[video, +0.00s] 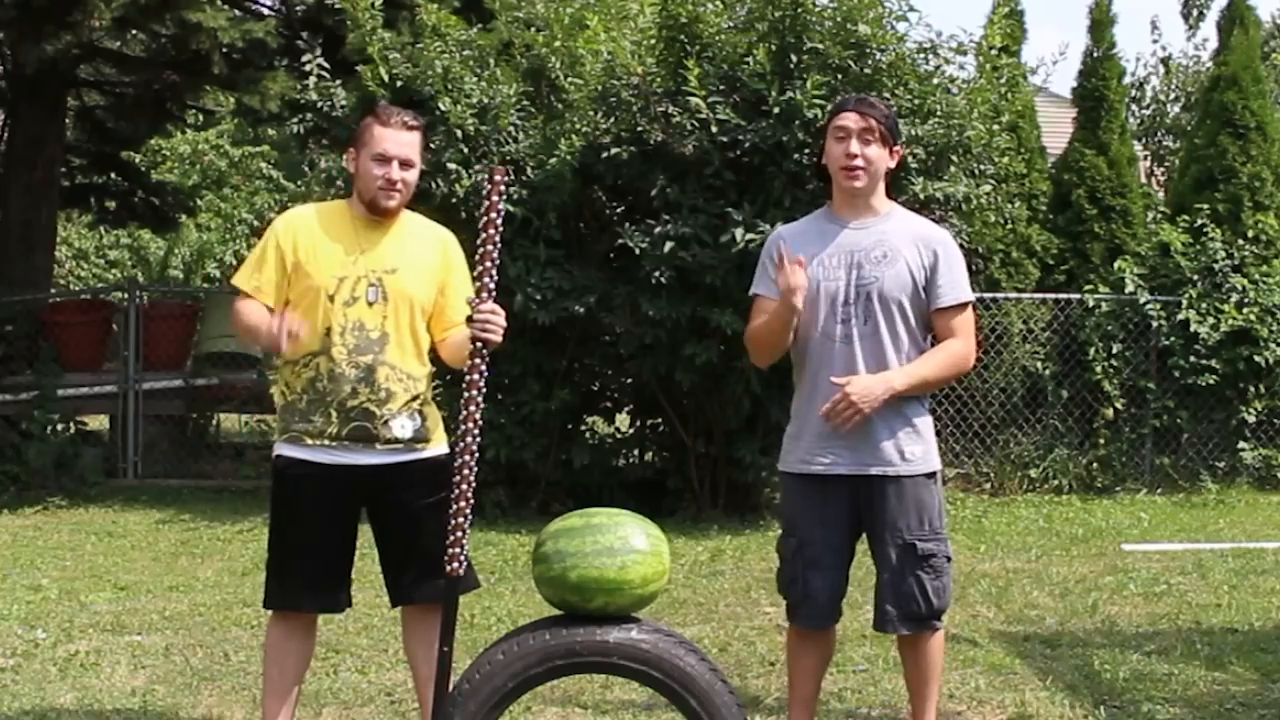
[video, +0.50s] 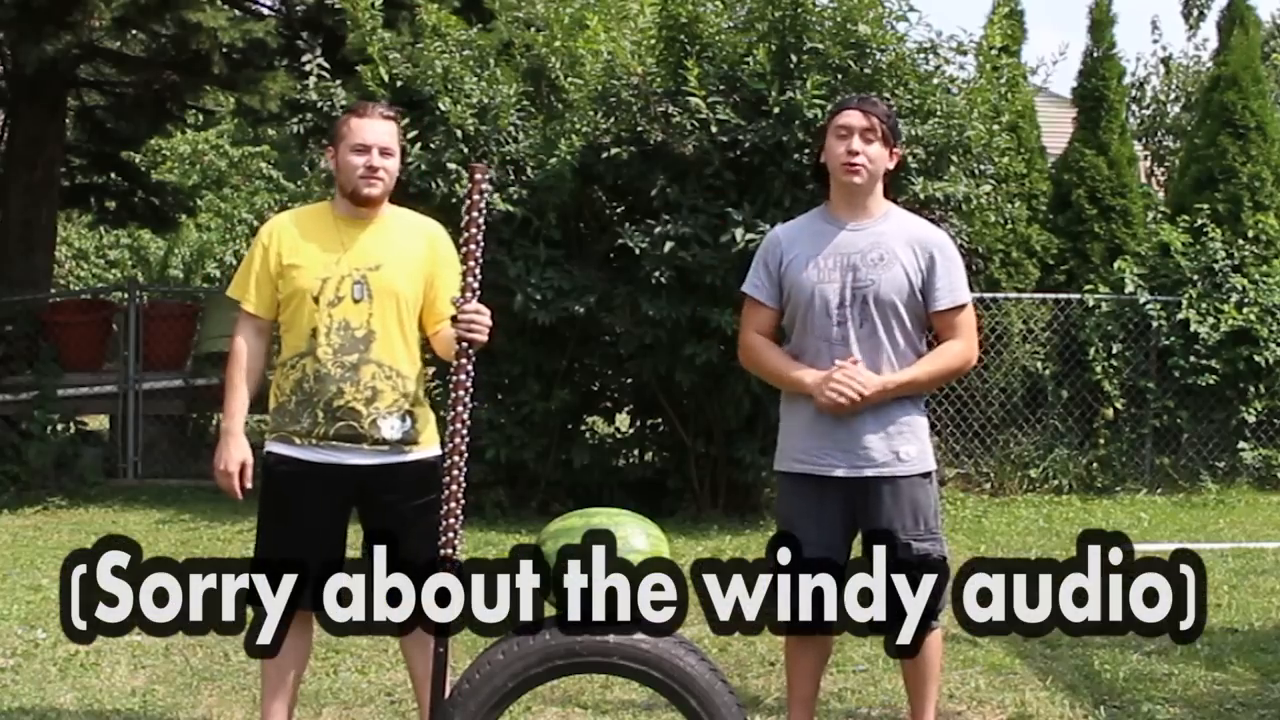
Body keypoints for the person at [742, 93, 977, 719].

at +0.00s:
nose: (853, 149)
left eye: (867, 139)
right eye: (841, 137)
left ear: (891, 156)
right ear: (824, 153)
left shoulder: (930, 242)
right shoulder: (788, 241)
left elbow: (961, 348)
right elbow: (760, 353)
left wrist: (887, 382)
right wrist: (787, 305)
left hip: (903, 460)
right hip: (813, 459)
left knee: (921, 609)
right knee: (808, 609)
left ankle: (923, 716)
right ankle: (799, 716)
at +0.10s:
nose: (853, 150)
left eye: (868, 139)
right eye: (840, 138)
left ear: (891, 156)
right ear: (824, 153)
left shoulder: (929, 241)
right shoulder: (793, 240)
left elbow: (960, 348)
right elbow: (752, 343)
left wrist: (882, 383)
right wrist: (775, 281)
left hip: (903, 461)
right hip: (812, 459)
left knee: (922, 608)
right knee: (808, 608)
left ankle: (923, 717)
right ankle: (799, 715)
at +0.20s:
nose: (854, 147)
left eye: (868, 138)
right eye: (842, 136)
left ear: (891, 155)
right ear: (824, 152)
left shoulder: (929, 242)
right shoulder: (786, 241)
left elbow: (957, 350)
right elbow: (735, 335)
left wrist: (882, 383)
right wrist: (790, 287)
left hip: (903, 462)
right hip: (812, 459)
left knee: (921, 610)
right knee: (808, 610)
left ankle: (924, 717)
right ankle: (798, 716)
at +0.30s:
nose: (856, 146)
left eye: (870, 138)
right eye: (845, 136)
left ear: (894, 156)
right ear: (826, 153)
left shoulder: (929, 244)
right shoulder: (786, 241)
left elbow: (955, 350)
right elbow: (732, 334)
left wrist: (890, 378)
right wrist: (806, 343)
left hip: (904, 463)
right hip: (812, 461)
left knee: (921, 609)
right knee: (808, 609)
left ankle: (925, 716)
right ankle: (799, 716)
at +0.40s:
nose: (859, 147)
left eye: (873, 138)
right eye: (847, 136)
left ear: (895, 157)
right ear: (827, 151)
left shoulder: (928, 243)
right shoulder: (786, 243)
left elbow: (958, 350)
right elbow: (743, 342)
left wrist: (878, 381)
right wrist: (802, 382)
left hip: (901, 462)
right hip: (809, 461)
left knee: (920, 607)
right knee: (806, 608)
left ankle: (924, 717)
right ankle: (799, 715)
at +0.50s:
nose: (854, 146)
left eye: (869, 138)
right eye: (842, 135)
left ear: (890, 158)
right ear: (824, 151)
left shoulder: (927, 243)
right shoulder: (784, 242)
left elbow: (963, 347)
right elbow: (751, 342)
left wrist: (880, 385)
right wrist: (808, 378)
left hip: (900, 463)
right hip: (808, 463)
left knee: (918, 609)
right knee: (805, 610)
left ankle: (923, 716)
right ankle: (799, 716)